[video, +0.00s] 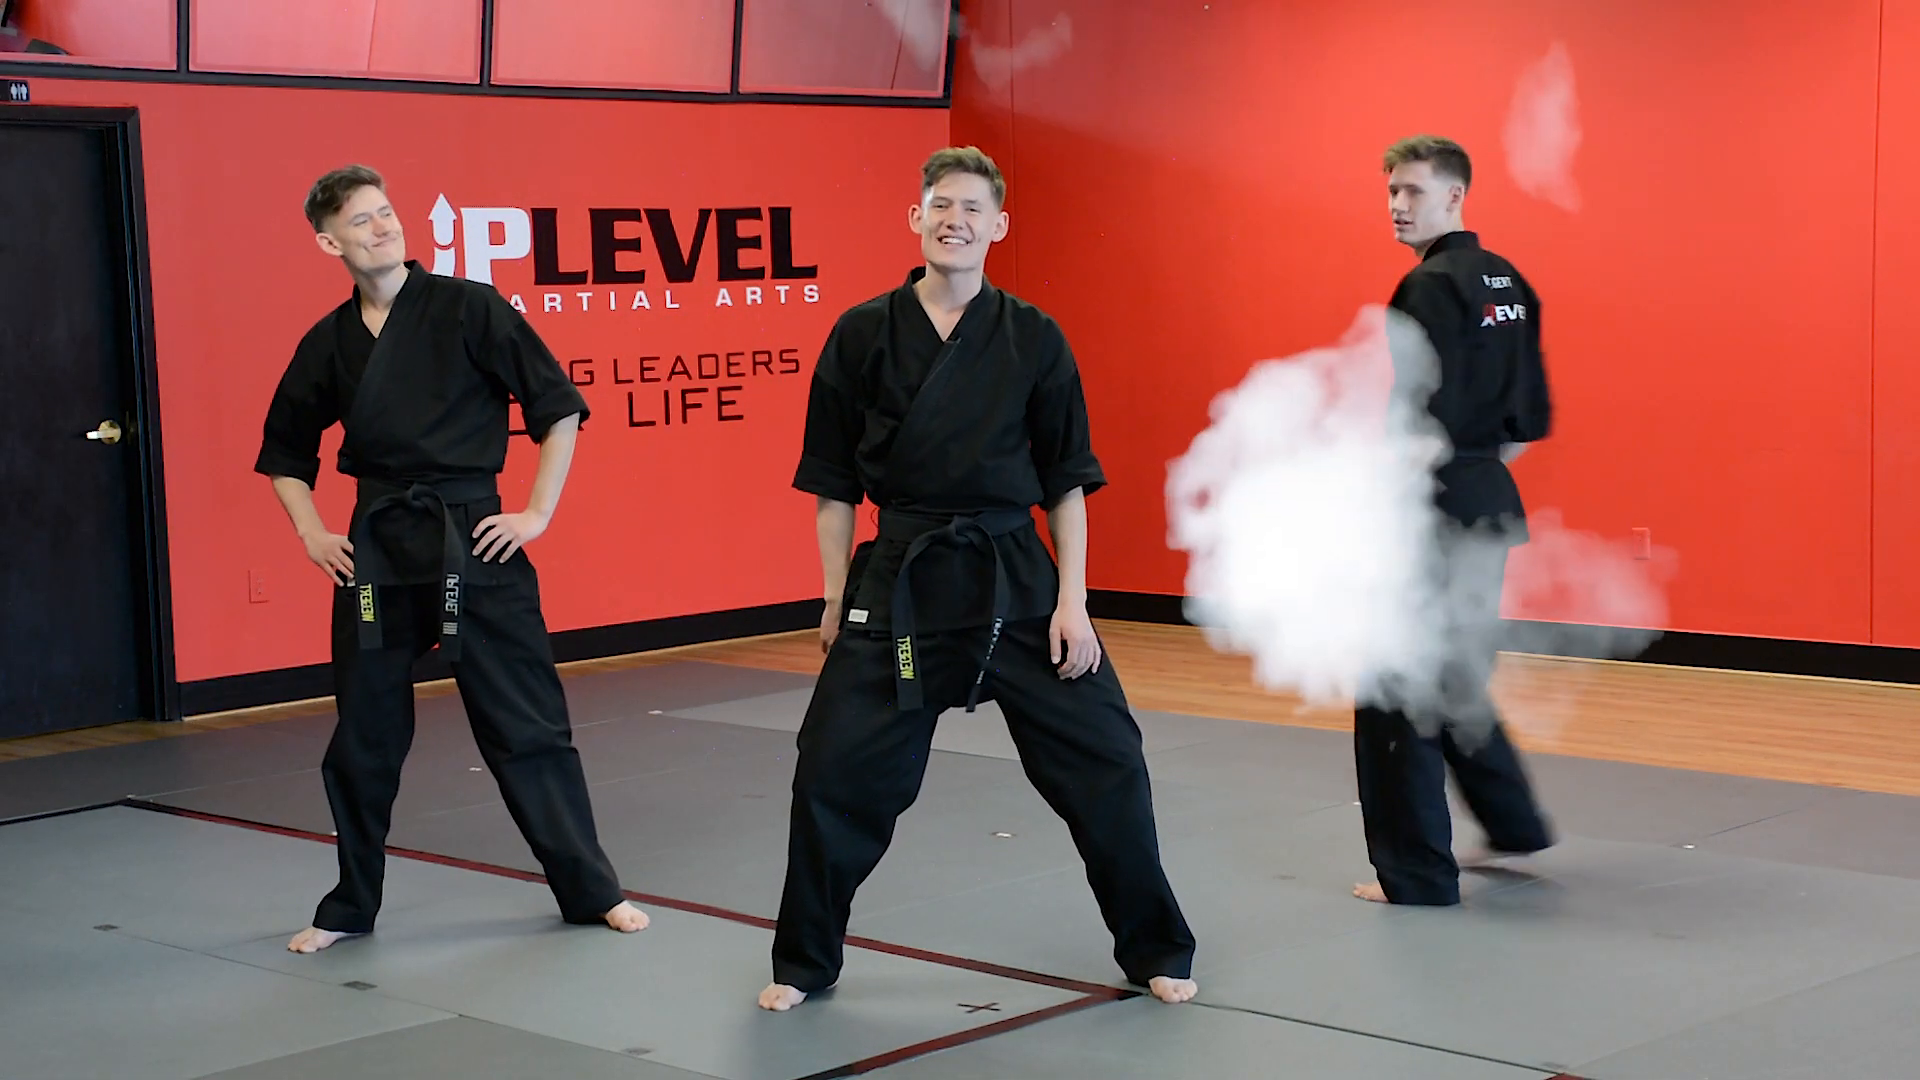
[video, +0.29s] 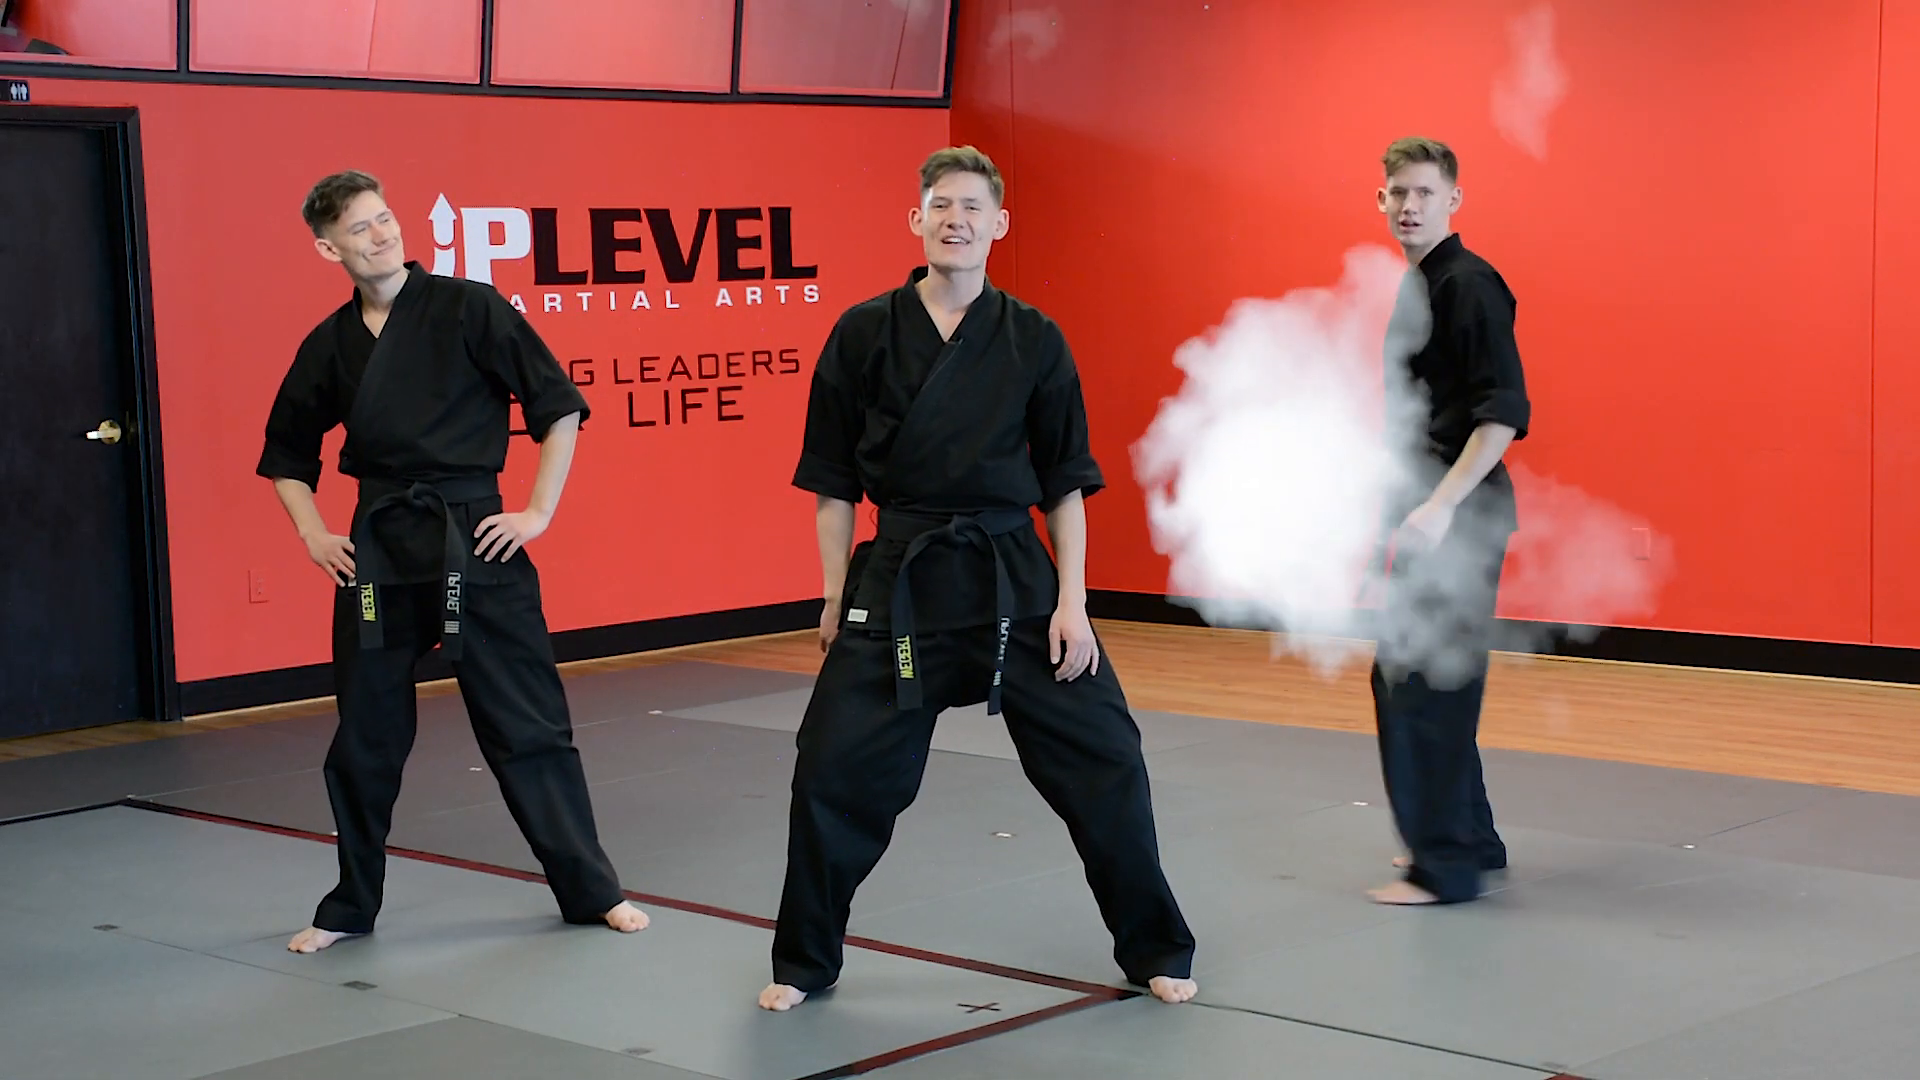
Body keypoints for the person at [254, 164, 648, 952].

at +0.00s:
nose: (381, 226)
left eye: (386, 212)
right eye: (360, 220)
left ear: (403, 223)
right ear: (330, 245)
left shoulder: (472, 308)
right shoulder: (327, 344)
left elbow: (561, 407)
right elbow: (285, 450)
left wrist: (537, 514)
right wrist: (311, 531)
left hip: (476, 539)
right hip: (378, 546)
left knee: (529, 725)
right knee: (363, 740)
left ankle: (591, 892)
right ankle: (351, 906)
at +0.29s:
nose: (379, 234)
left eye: (383, 219)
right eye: (358, 229)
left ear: (399, 225)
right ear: (330, 252)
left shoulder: (472, 307)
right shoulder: (329, 346)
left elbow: (561, 406)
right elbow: (286, 452)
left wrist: (538, 512)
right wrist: (313, 533)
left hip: (477, 540)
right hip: (380, 547)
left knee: (530, 724)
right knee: (364, 741)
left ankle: (592, 892)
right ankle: (352, 905)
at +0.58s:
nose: (373, 231)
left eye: (379, 216)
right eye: (353, 226)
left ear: (398, 225)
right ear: (327, 249)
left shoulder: (470, 307)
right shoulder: (328, 347)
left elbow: (560, 404)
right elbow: (286, 452)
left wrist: (538, 511)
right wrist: (312, 533)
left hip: (477, 539)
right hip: (380, 545)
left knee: (530, 725)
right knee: (364, 741)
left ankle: (592, 892)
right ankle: (352, 904)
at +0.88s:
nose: (364, 240)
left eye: (376, 225)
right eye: (348, 230)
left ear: (406, 230)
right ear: (331, 244)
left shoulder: (474, 309)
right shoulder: (333, 346)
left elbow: (563, 406)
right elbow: (286, 447)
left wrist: (540, 511)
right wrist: (294, 522)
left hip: (478, 540)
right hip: (380, 545)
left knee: (531, 725)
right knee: (365, 740)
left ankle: (592, 892)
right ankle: (352, 905)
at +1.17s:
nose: (370, 244)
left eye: (384, 230)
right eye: (361, 231)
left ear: (427, 231)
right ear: (354, 235)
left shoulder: (489, 313)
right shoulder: (339, 338)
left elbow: (577, 414)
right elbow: (257, 430)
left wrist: (543, 515)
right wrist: (231, 357)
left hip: (482, 537)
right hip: (382, 542)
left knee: (532, 724)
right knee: (368, 737)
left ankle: (592, 892)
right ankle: (351, 908)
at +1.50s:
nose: (397, 249)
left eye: (413, 236)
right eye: (390, 234)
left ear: (454, 236)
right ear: (384, 234)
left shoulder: (509, 319)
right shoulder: (353, 325)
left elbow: (592, 424)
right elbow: (238, 376)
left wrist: (552, 517)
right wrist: (284, 297)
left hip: (489, 538)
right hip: (389, 540)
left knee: (537, 727)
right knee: (372, 738)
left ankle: (592, 892)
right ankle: (352, 907)